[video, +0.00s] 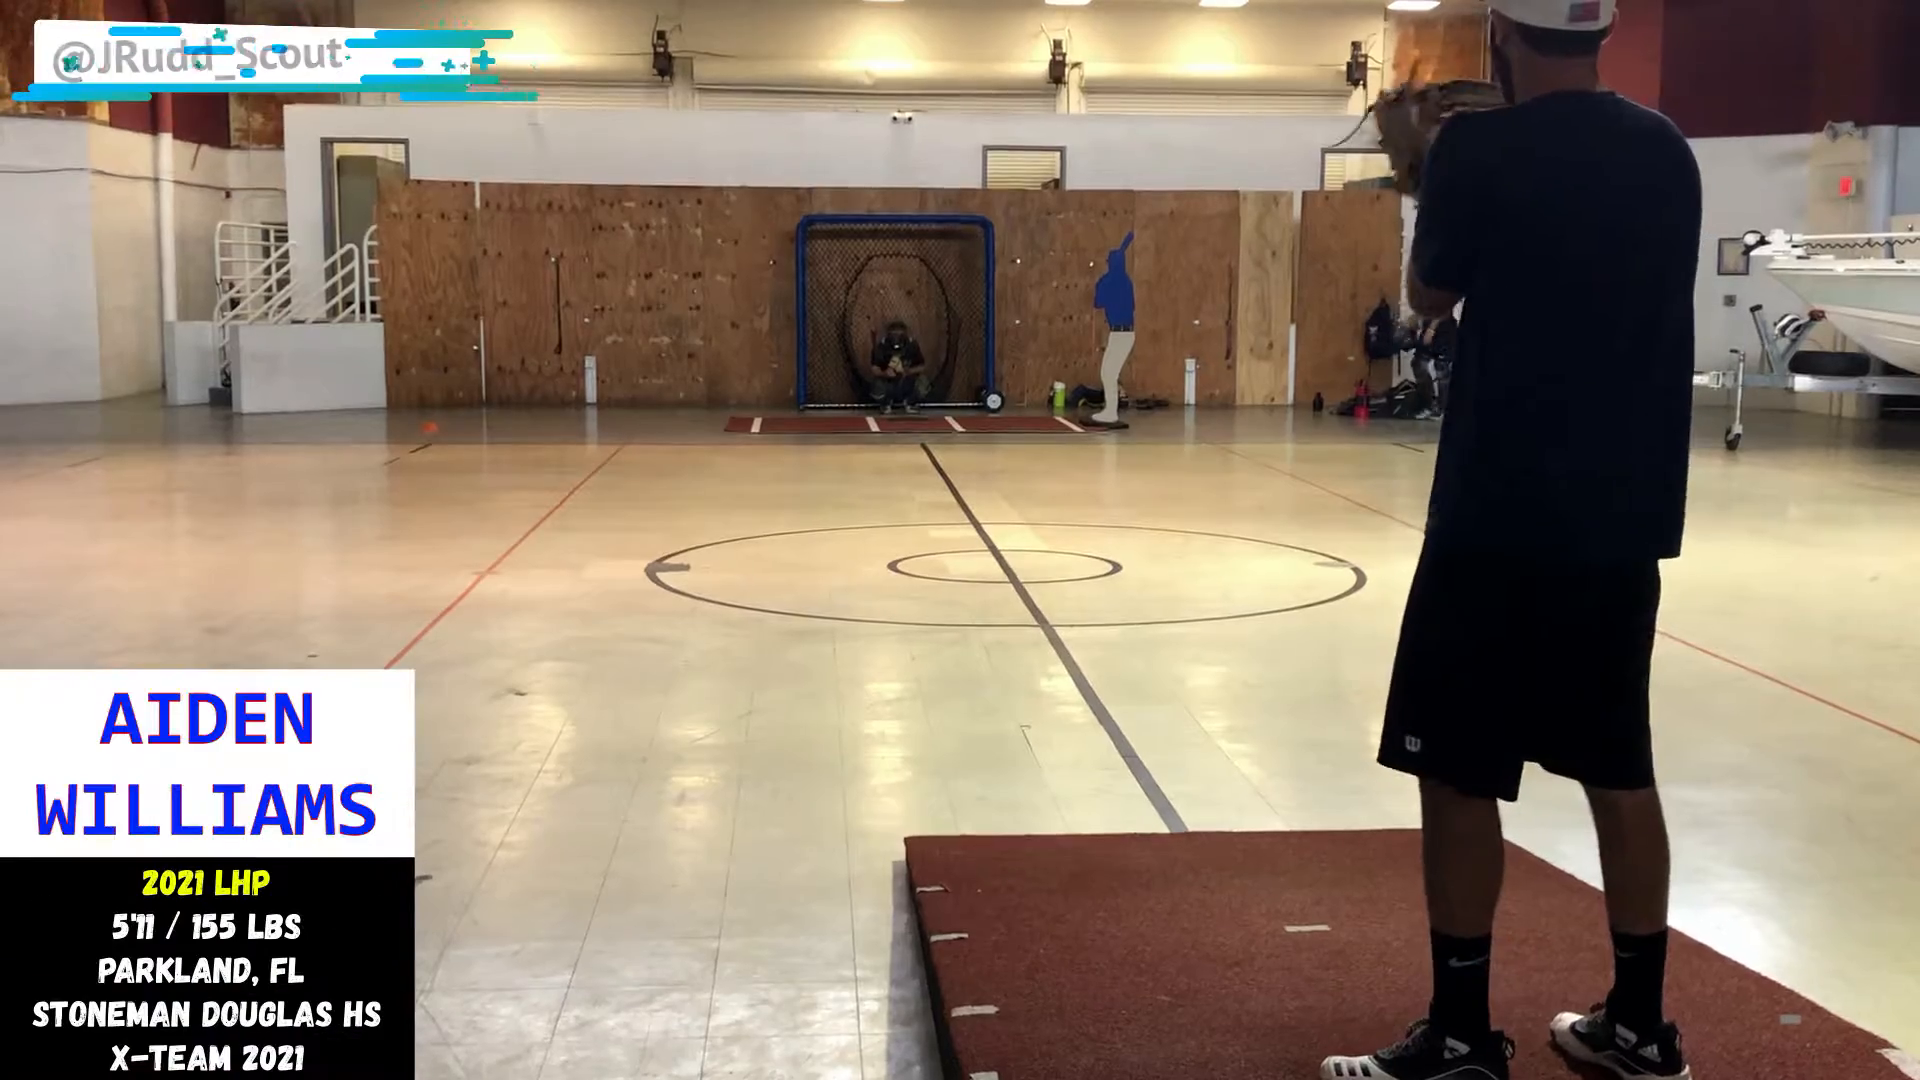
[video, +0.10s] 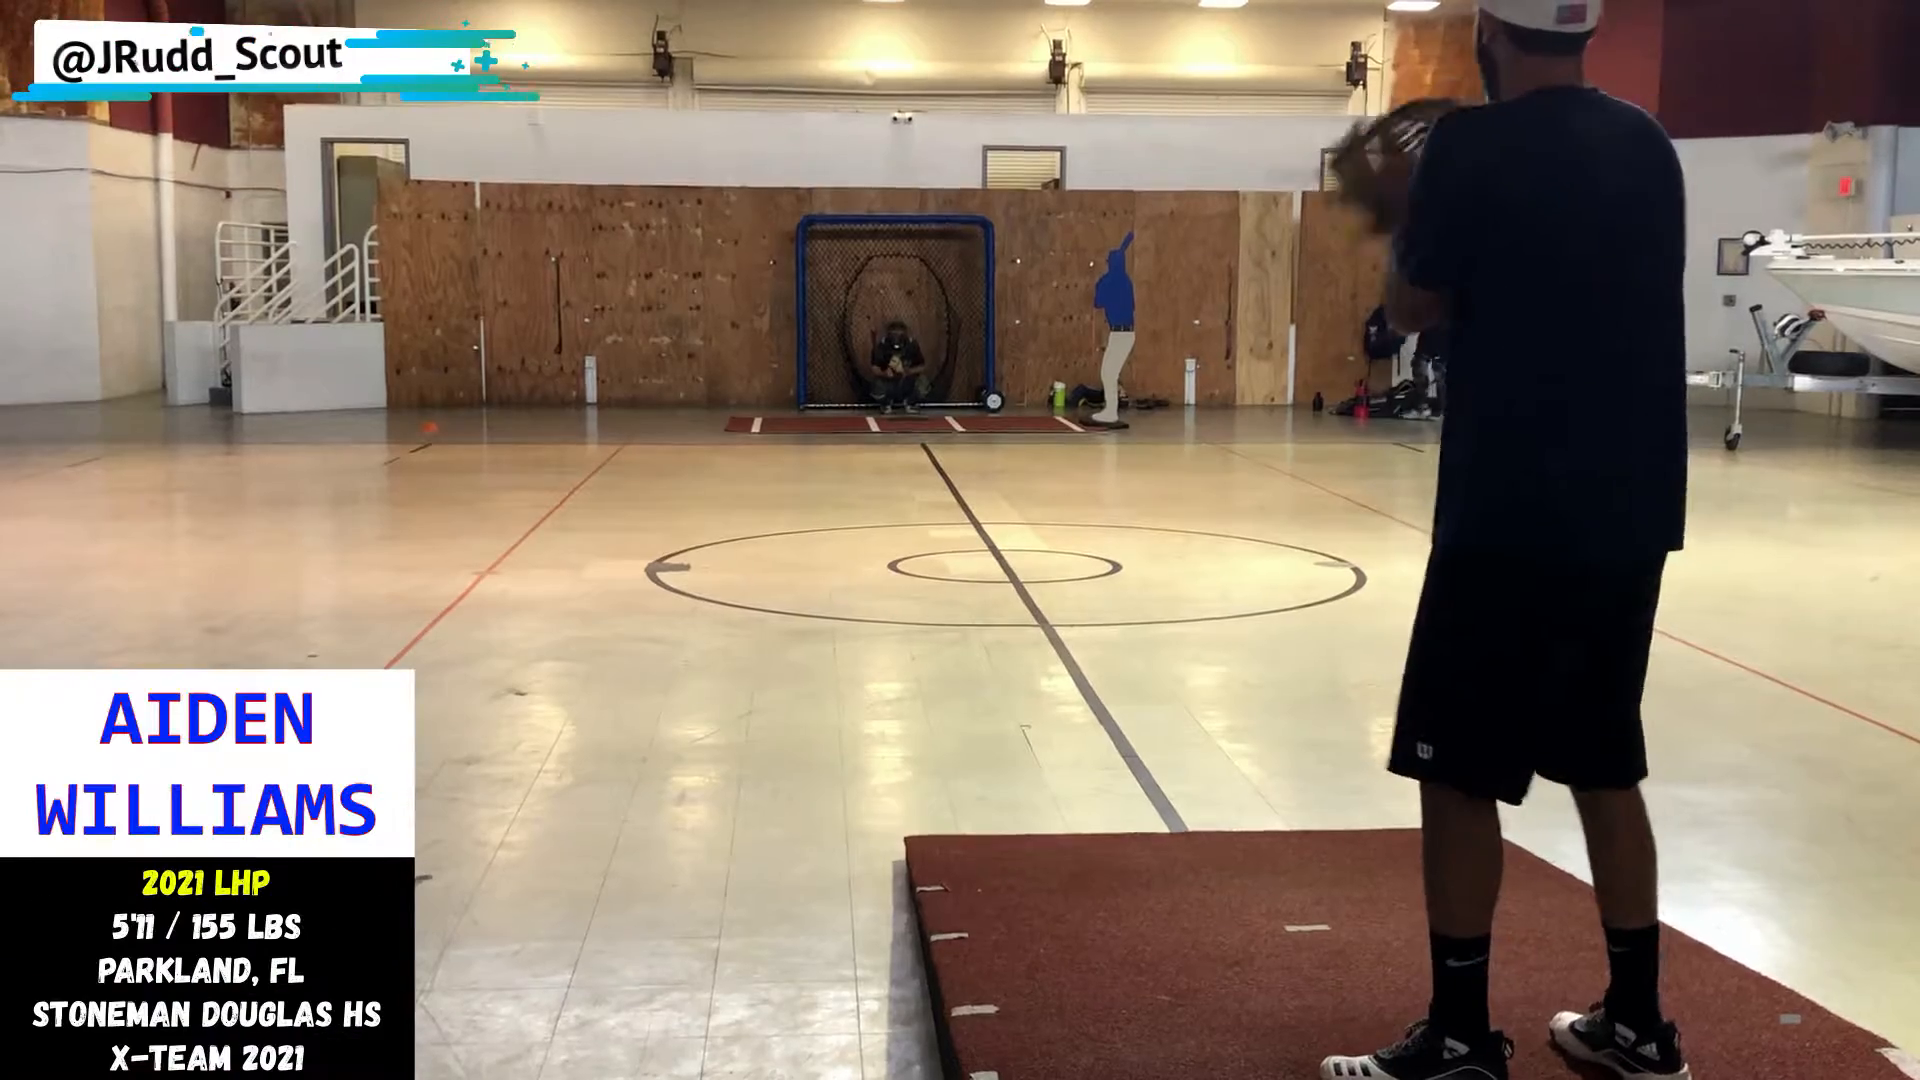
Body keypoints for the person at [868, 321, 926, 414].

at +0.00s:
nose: (897, 338)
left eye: (900, 335)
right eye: (894, 335)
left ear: (905, 334)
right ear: (888, 334)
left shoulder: (912, 345)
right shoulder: (881, 347)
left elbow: (921, 367)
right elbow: (874, 369)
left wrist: (907, 371)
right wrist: (885, 373)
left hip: (906, 381)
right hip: (888, 382)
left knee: (923, 382)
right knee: (878, 383)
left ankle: (909, 403)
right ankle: (886, 405)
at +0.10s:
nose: (897, 338)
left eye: (900, 335)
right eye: (894, 335)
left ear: (905, 334)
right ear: (889, 334)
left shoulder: (912, 345)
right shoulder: (881, 347)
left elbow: (921, 367)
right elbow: (874, 368)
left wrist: (907, 371)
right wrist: (884, 373)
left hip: (906, 380)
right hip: (888, 381)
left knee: (923, 382)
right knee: (878, 384)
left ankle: (909, 403)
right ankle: (886, 404)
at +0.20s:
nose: (897, 333)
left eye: (900, 330)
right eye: (895, 330)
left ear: (905, 332)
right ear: (890, 332)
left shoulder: (913, 345)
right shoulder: (882, 346)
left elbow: (921, 367)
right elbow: (875, 368)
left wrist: (910, 372)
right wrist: (886, 372)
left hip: (907, 381)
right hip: (890, 381)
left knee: (923, 382)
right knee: (879, 384)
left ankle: (910, 403)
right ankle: (887, 405)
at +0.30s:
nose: (897, 330)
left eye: (901, 327)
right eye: (894, 327)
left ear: (905, 329)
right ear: (890, 329)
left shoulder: (912, 344)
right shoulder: (883, 344)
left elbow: (921, 367)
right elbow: (875, 367)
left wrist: (909, 370)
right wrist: (885, 367)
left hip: (907, 378)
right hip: (889, 378)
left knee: (923, 383)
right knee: (879, 384)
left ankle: (910, 403)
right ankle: (886, 404)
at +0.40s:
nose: (897, 326)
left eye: (900, 323)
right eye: (894, 322)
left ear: (904, 323)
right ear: (890, 323)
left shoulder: (912, 338)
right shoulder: (882, 338)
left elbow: (920, 360)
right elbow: (875, 359)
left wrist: (909, 365)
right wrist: (887, 360)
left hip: (906, 373)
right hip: (889, 372)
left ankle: (909, 403)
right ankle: (886, 404)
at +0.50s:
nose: (898, 318)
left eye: (901, 315)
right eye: (895, 315)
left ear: (904, 315)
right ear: (889, 315)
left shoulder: (912, 330)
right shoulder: (880, 331)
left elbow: (922, 350)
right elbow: (874, 352)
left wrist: (910, 356)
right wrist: (887, 353)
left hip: (906, 365)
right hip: (888, 366)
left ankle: (909, 400)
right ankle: (887, 402)